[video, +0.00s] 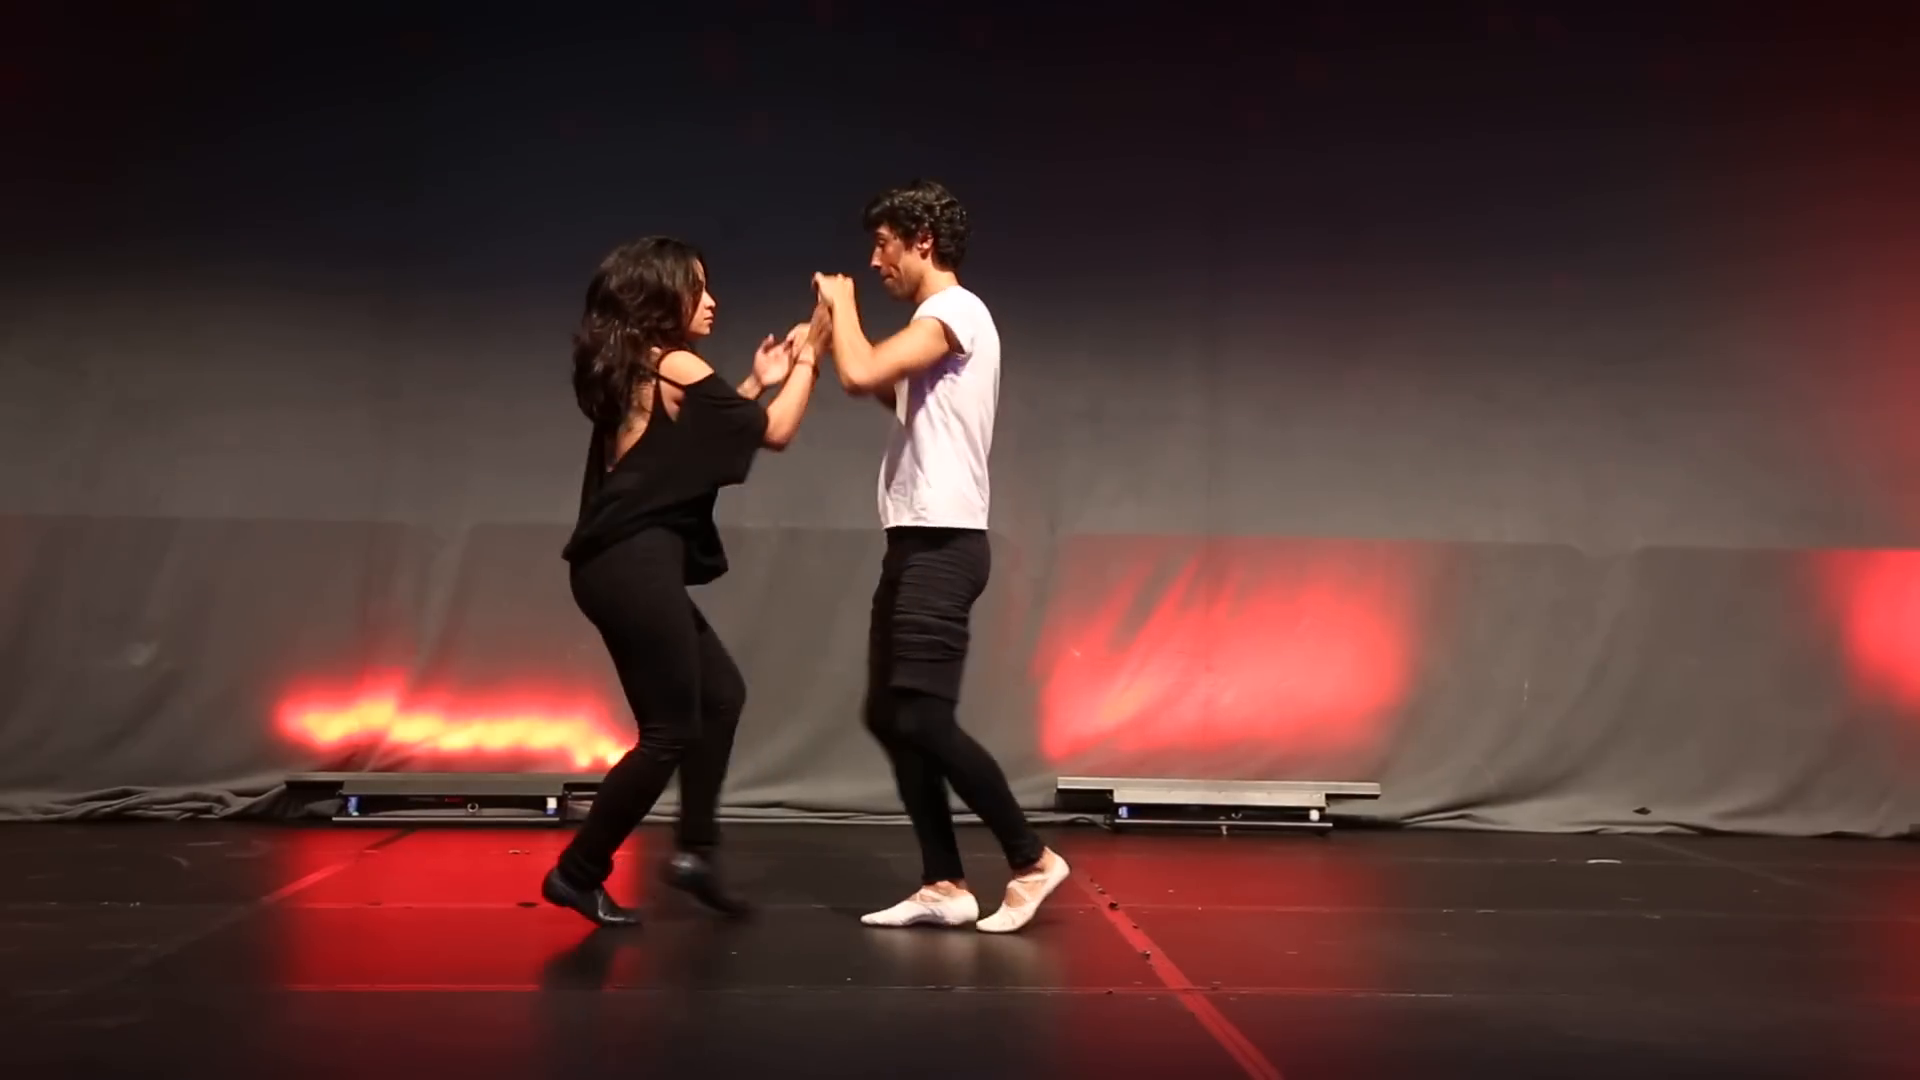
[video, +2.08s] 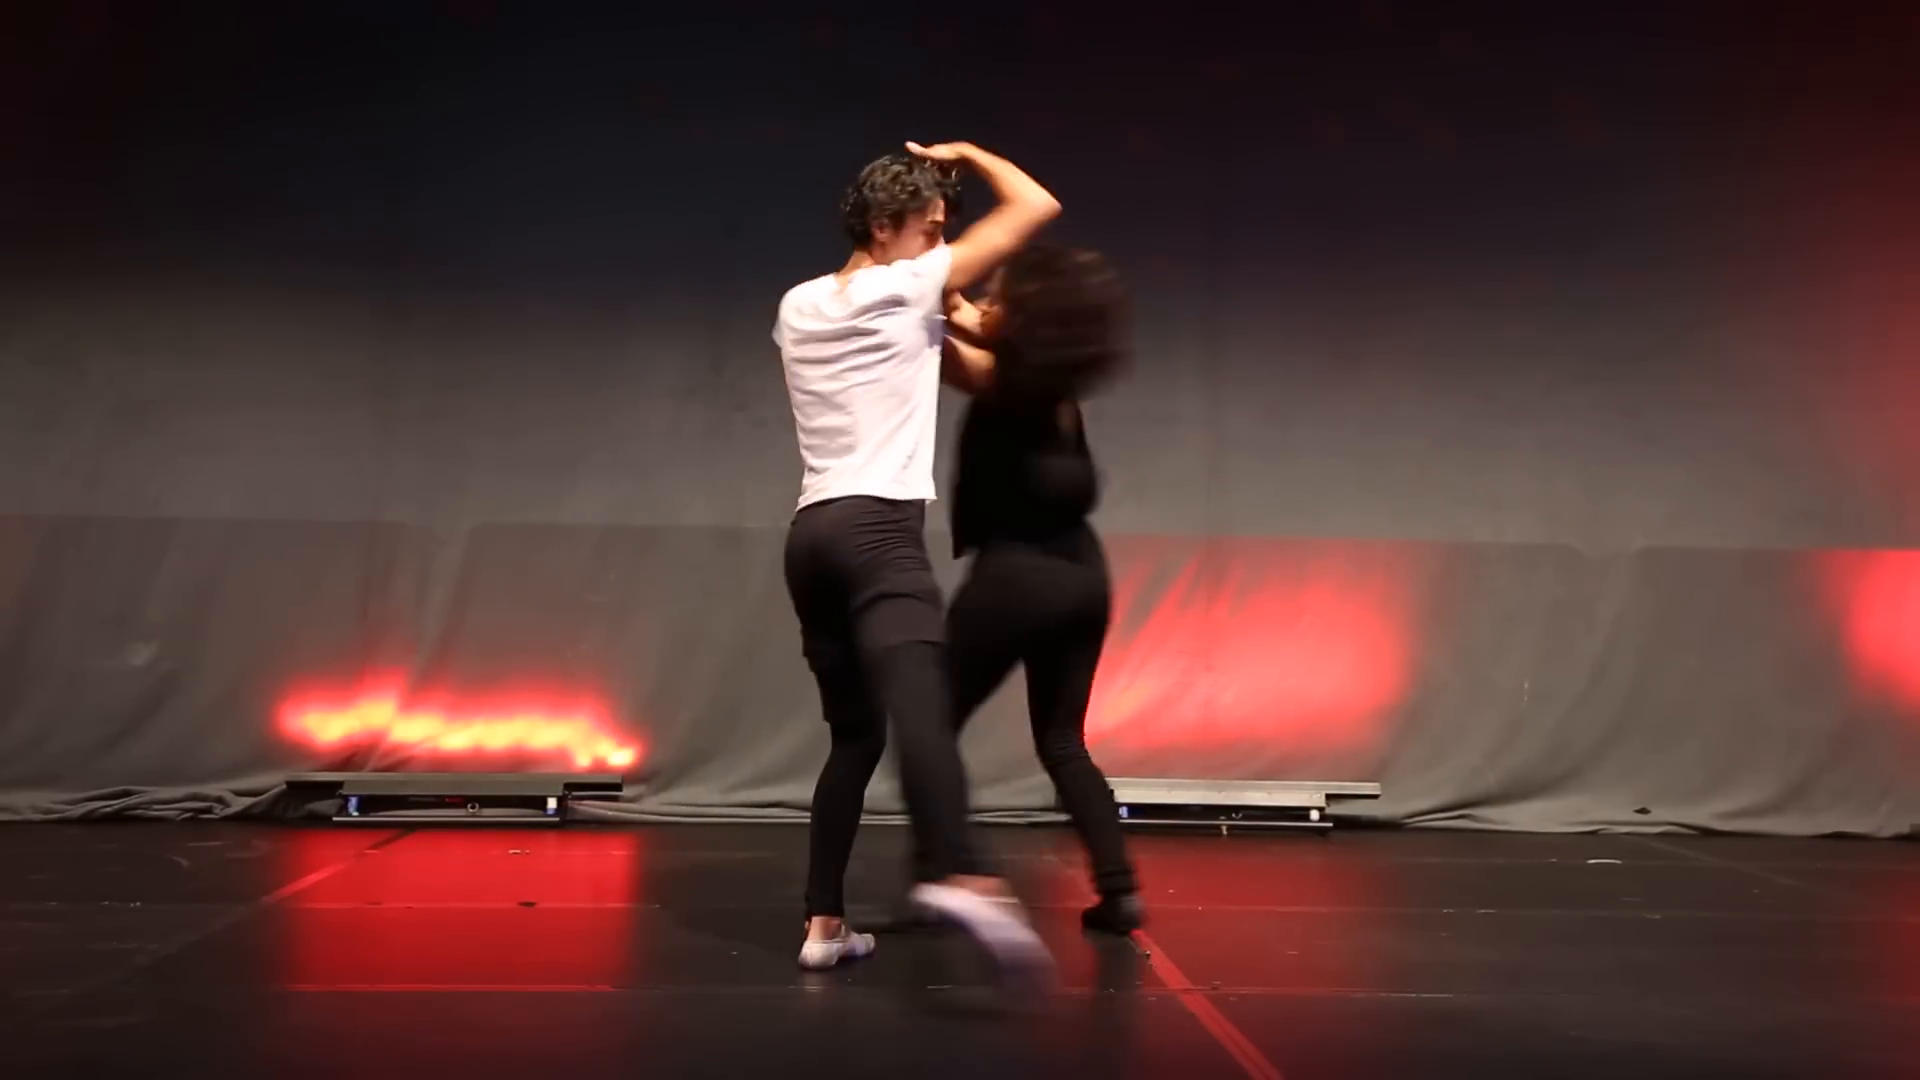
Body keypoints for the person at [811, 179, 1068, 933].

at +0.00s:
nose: (878, 263)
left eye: (884, 248)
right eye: (876, 251)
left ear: (923, 242)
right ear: (922, 247)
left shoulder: (960, 310)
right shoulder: (935, 323)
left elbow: (861, 371)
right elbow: (878, 384)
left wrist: (841, 303)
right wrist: (833, 336)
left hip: (945, 539)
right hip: (913, 538)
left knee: (923, 713)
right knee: (891, 712)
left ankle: (1033, 862)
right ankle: (946, 885)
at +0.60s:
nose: (833, 245)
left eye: (843, 230)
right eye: (835, 232)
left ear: (878, 233)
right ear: (872, 237)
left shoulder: (910, 300)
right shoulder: (870, 321)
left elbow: (793, 284)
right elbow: (778, 325)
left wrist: (793, 200)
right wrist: (753, 229)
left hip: (920, 528)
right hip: (897, 529)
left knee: (885, 707)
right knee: (880, 710)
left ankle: (955, 883)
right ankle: (906, 879)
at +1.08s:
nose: (880, 236)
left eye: (885, 222)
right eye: (882, 222)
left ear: (914, 221)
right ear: (945, 228)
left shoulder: (926, 288)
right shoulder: (977, 309)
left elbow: (793, 318)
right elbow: (884, 400)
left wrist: (805, 243)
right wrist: (817, 294)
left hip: (919, 524)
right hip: (937, 523)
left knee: (901, 709)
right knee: (883, 700)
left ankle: (955, 908)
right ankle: (904, 880)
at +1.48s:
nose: (918, 228)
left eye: (923, 213)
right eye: (921, 214)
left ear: (947, 218)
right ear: (987, 226)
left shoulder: (956, 293)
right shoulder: (1003, 311)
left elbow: (822, 330)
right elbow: (915, 428)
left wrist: (820, 252)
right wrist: (861, 338)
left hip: (948, 539)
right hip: (1005, 538)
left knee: (908, 724)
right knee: (984, 728)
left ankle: (955, 912)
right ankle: (1041, 902)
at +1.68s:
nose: (903, 216)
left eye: (908, 204)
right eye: (906, 202)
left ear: (921, 215)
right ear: (985, 225)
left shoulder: (894, 287)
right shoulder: (1015, 310)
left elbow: (772, 300)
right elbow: (943, 310)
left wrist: (821, 219)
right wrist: (884, 255)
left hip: (924, 535)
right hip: (1003, 538)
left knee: (878, 719)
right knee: (997, 729)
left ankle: (892, 911)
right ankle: (1058, 909)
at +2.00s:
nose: (939, 241)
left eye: (938, 226)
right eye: (932, 225)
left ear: (854, 226)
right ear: (898, 226)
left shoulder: (791, 306)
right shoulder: (934, 289)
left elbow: (790, 322)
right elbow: (1060, 243)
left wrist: (836, 264)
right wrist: (983, 178)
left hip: (821, 531)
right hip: (897, 522)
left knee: (860, 734)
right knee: (966, 724)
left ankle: (823, 922)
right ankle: (1059, 889)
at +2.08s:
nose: (937, 241)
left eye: (937, 227)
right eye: (929, 228)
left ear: (865, 230)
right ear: (889, 231)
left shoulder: (796, 309)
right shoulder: (915, 285)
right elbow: (1035, 204)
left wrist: (943, 315)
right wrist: (971, 151)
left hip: (812, 532)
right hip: (882, 524)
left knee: (854, 734)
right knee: (922, 705)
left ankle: (822, 922)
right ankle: (955, 873)